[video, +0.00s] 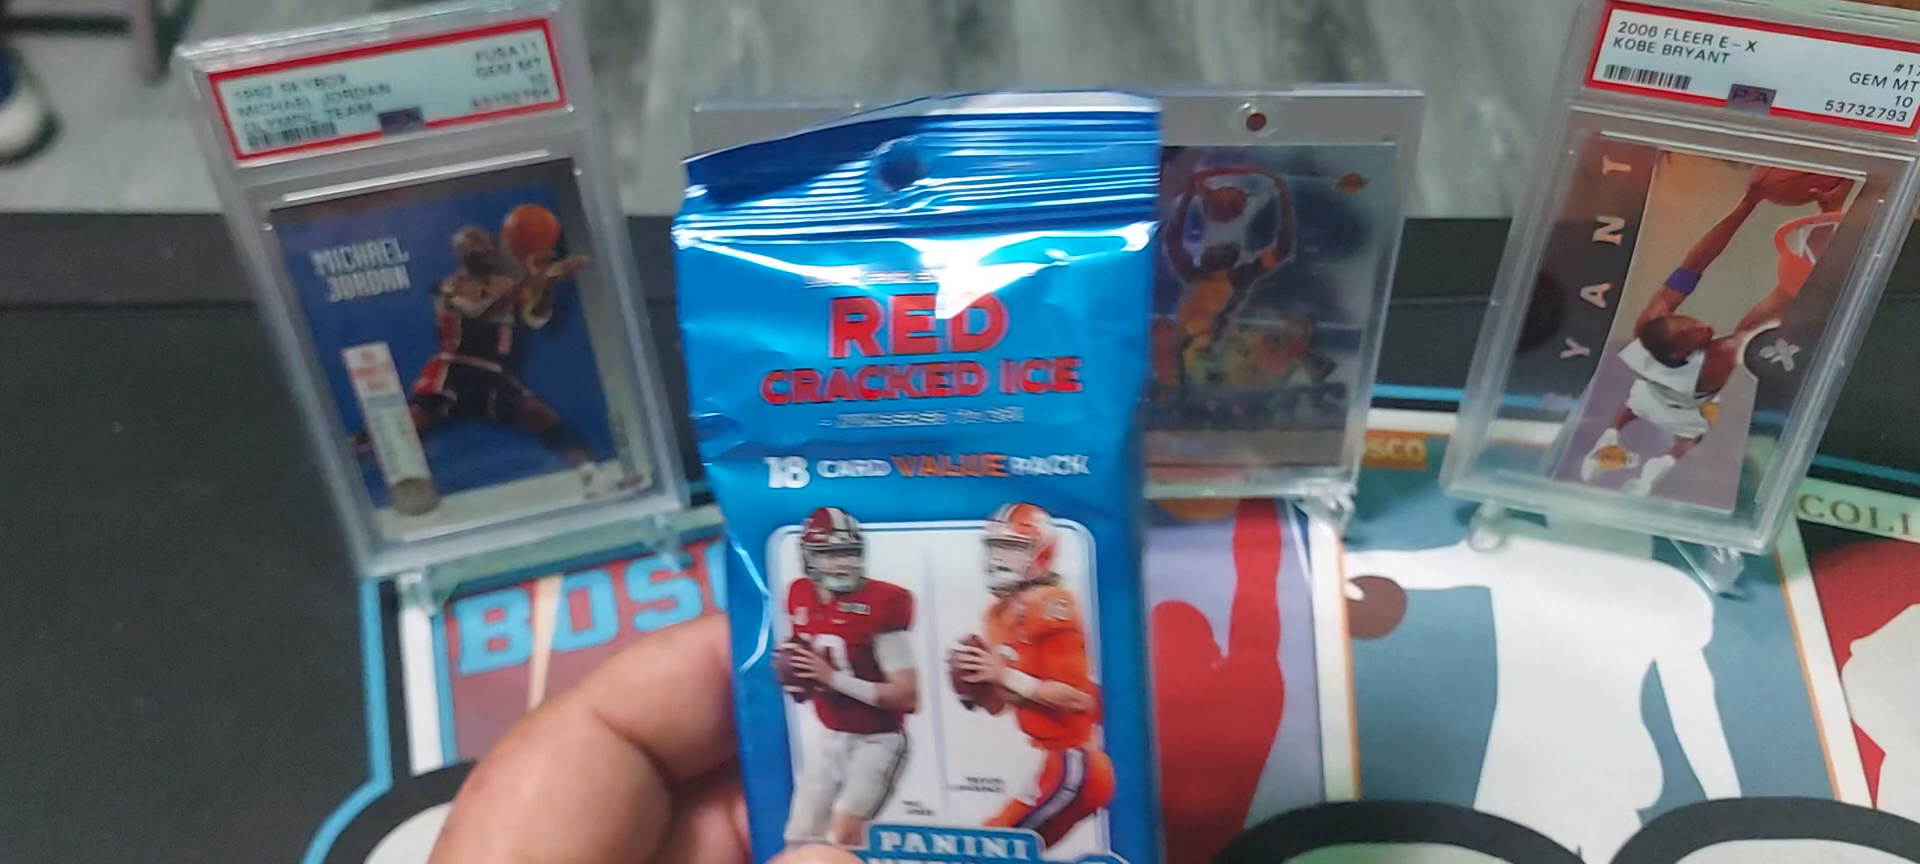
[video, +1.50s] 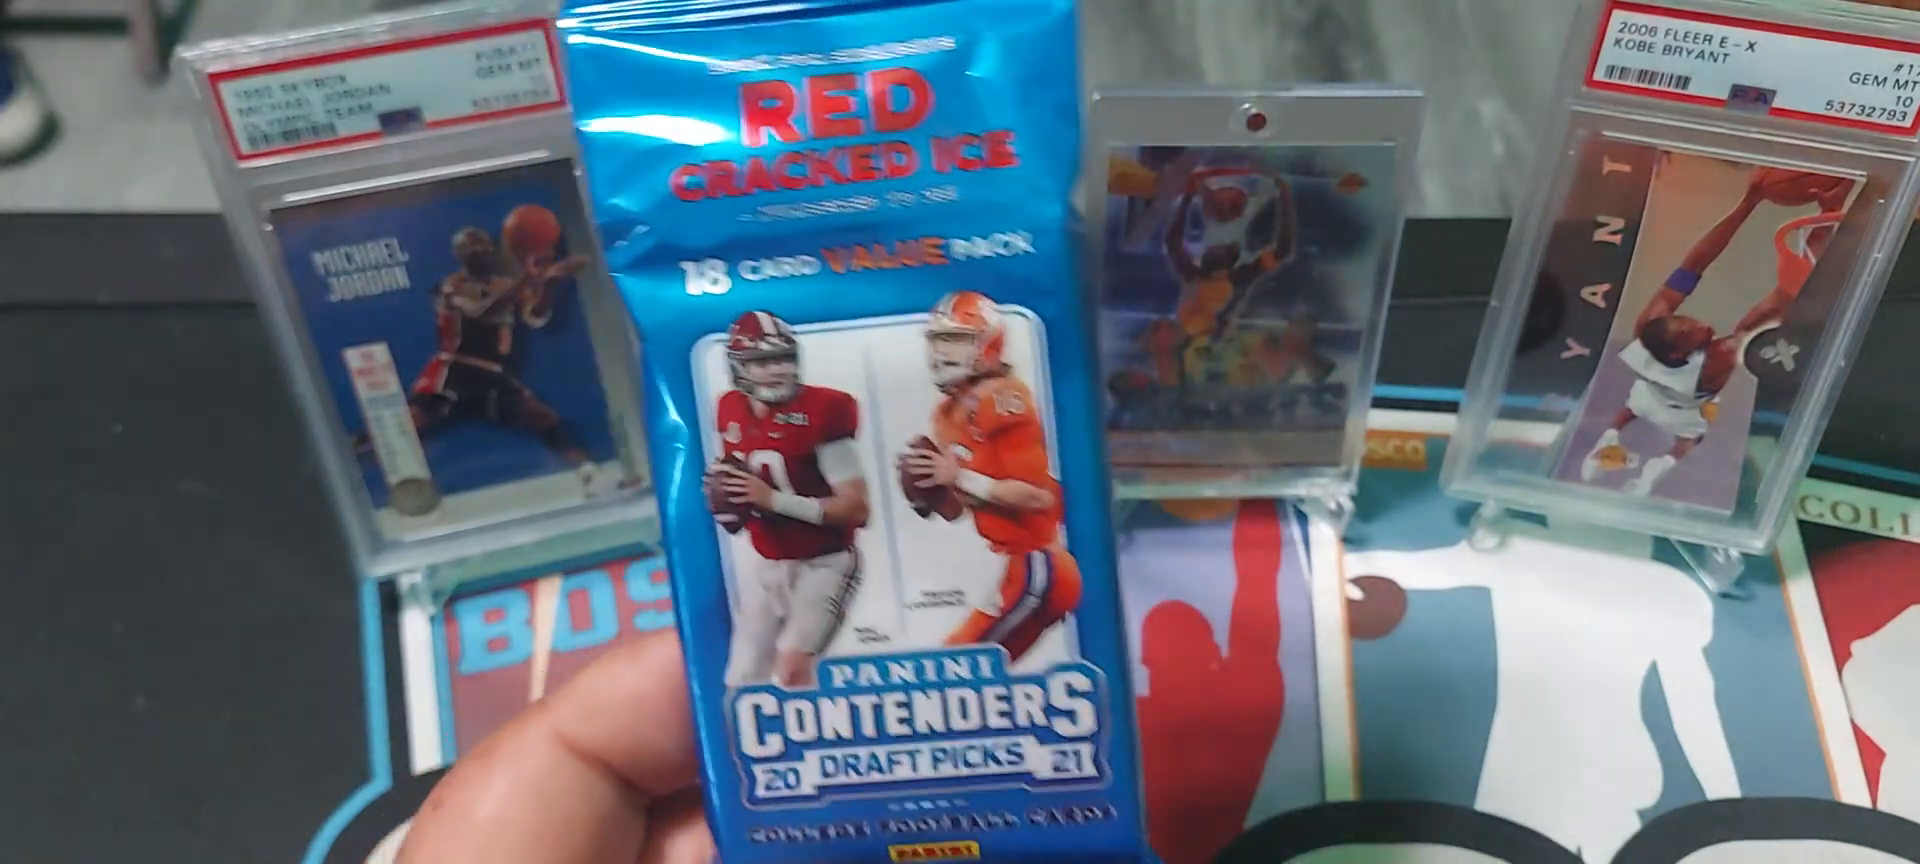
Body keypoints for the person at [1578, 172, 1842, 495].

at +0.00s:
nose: (1699, 325)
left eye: (1688, 322)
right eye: (1689, 331)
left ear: (1681, 312)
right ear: (1682, 353)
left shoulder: (1648, 325)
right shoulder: (1722, 355)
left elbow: (1694, 263)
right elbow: (1781, 300)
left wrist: (1749, 202)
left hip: (1647, 392)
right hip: (1682, 413)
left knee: (1631, 408)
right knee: (1694, 434)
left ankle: (1604, 443)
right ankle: (1654, 471)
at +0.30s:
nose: (1699, 325)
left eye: (1688, 321)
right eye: (1690, 331)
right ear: (1682, 352)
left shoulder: (1649, 324)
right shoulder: (1722, 356)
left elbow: (1694, 263)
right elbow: (1762, 318)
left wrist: (1749, 202)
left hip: (1646, 392)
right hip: (1683, 413)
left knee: (1631, 409)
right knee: (1694, 435)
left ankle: (1604, 443)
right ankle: (1654, 471)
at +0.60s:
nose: (1699, 324)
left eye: (1688, 321)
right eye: (1690, 330)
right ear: (1682, 353)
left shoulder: (1649, 324)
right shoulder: (1722, 356)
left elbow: (1694, 263)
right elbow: (1778, 304)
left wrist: (1748, 202)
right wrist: (1831, 215)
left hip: (1647, 390)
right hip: (1683, 412)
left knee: (1632, 408)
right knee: (1694, 435)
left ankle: (1602, 444)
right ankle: (1656, 469)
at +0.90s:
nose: (1698, 325)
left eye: (1688, 322)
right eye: (1689, 331)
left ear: (1680, 312)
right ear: (1681, 353)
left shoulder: (1649, 324)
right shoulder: (1722, 356)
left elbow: (1694, 263)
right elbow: (1759, 320)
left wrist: (1749, 202)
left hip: (1647, 391)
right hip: (1683, 412)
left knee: (1631, 409)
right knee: (1694, 434)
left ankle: (1603, 443)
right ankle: (1655, 470)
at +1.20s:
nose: (1699, 326)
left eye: (1688, 322)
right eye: (1690, 332)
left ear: (1681, 312)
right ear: (1682, 353)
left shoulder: (1649, 326)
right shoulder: (1722, 356)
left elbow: (1694, 264)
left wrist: (1748, 202)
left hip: (1647, 391)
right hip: (1682, 413)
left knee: (1632, 408)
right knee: (1695, 434)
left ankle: (1605, 440)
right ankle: (1657, 468)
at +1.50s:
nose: (1698, 325)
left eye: (1688, 322)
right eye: (1690, 332)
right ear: (1682, 353)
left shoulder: (1649, 325)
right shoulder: (1722, 356)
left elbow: (1694, 264)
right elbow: (1779, 302)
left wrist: (1748, 202)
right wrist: (1831, 216)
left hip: (1646, 391)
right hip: (1682, 413)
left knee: (1631, 409)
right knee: (1694, 435)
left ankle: (1605, 442)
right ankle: (1655, 470)